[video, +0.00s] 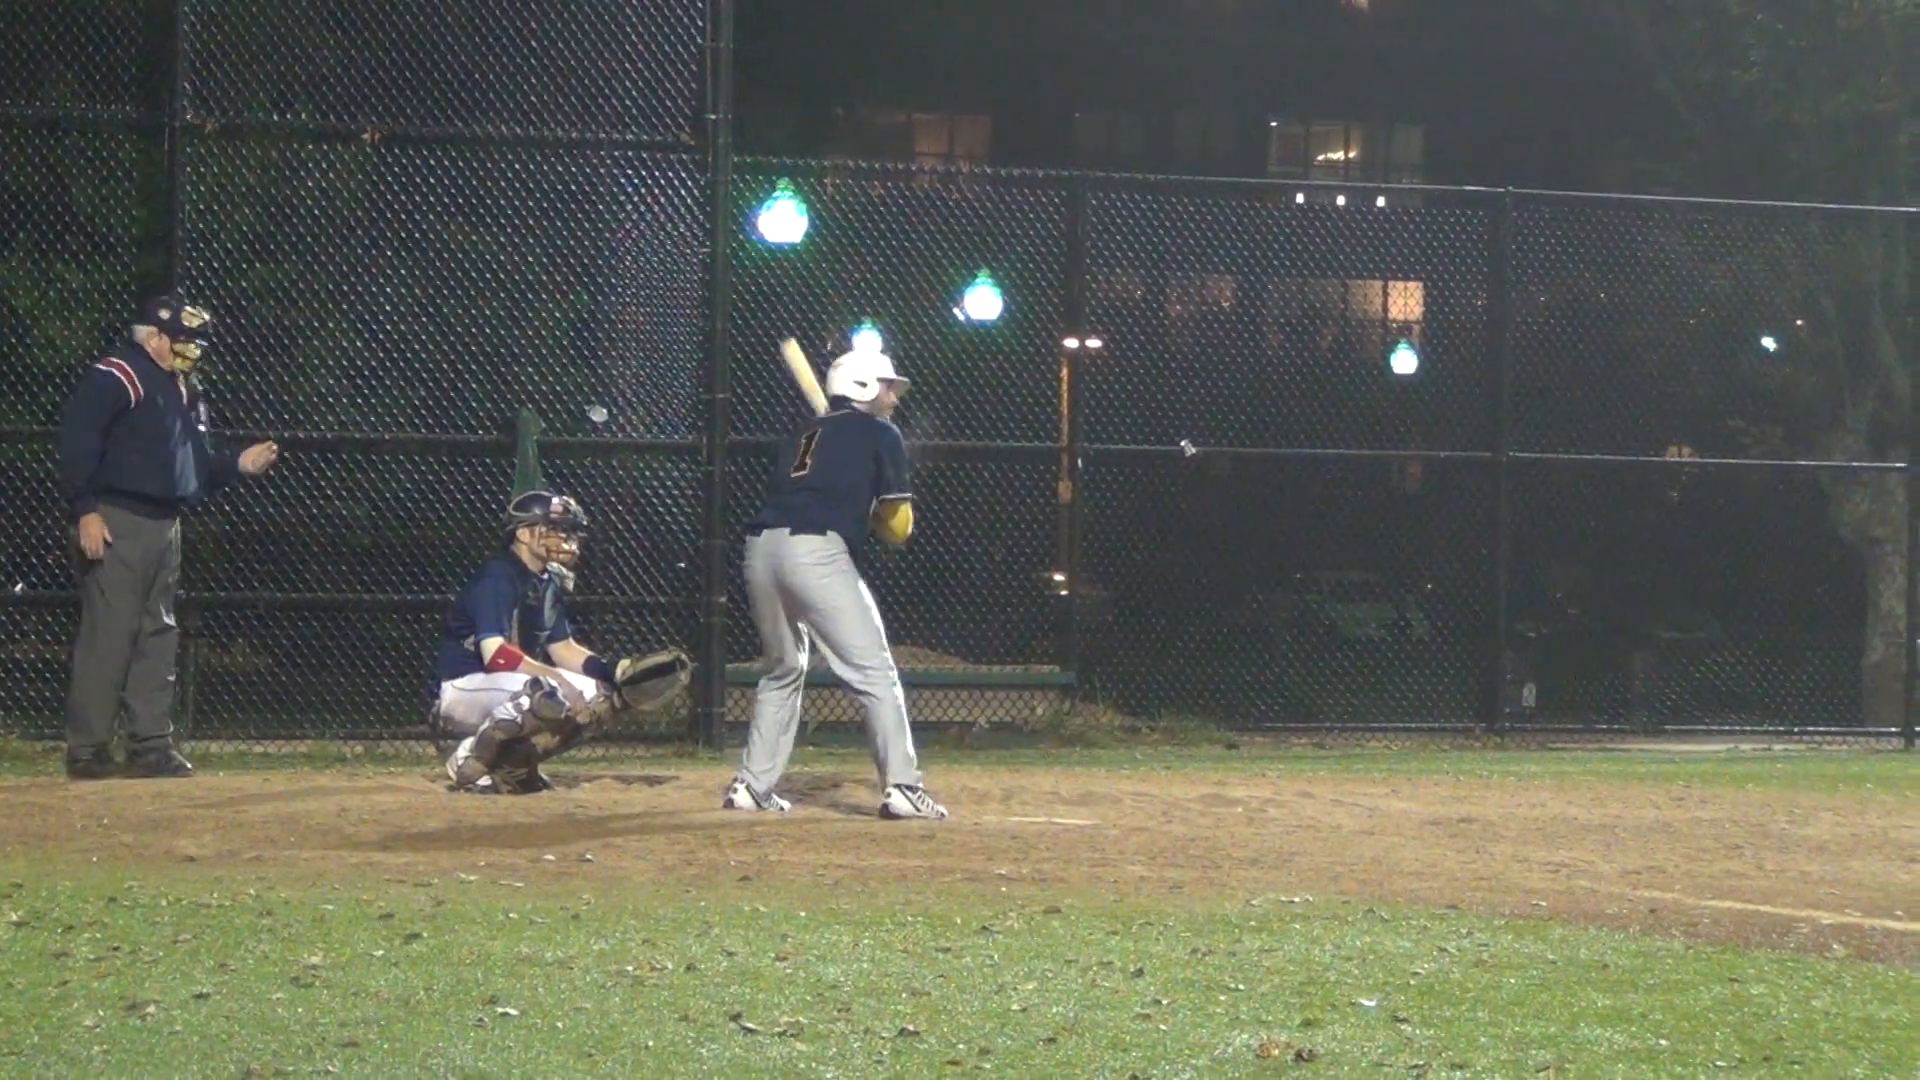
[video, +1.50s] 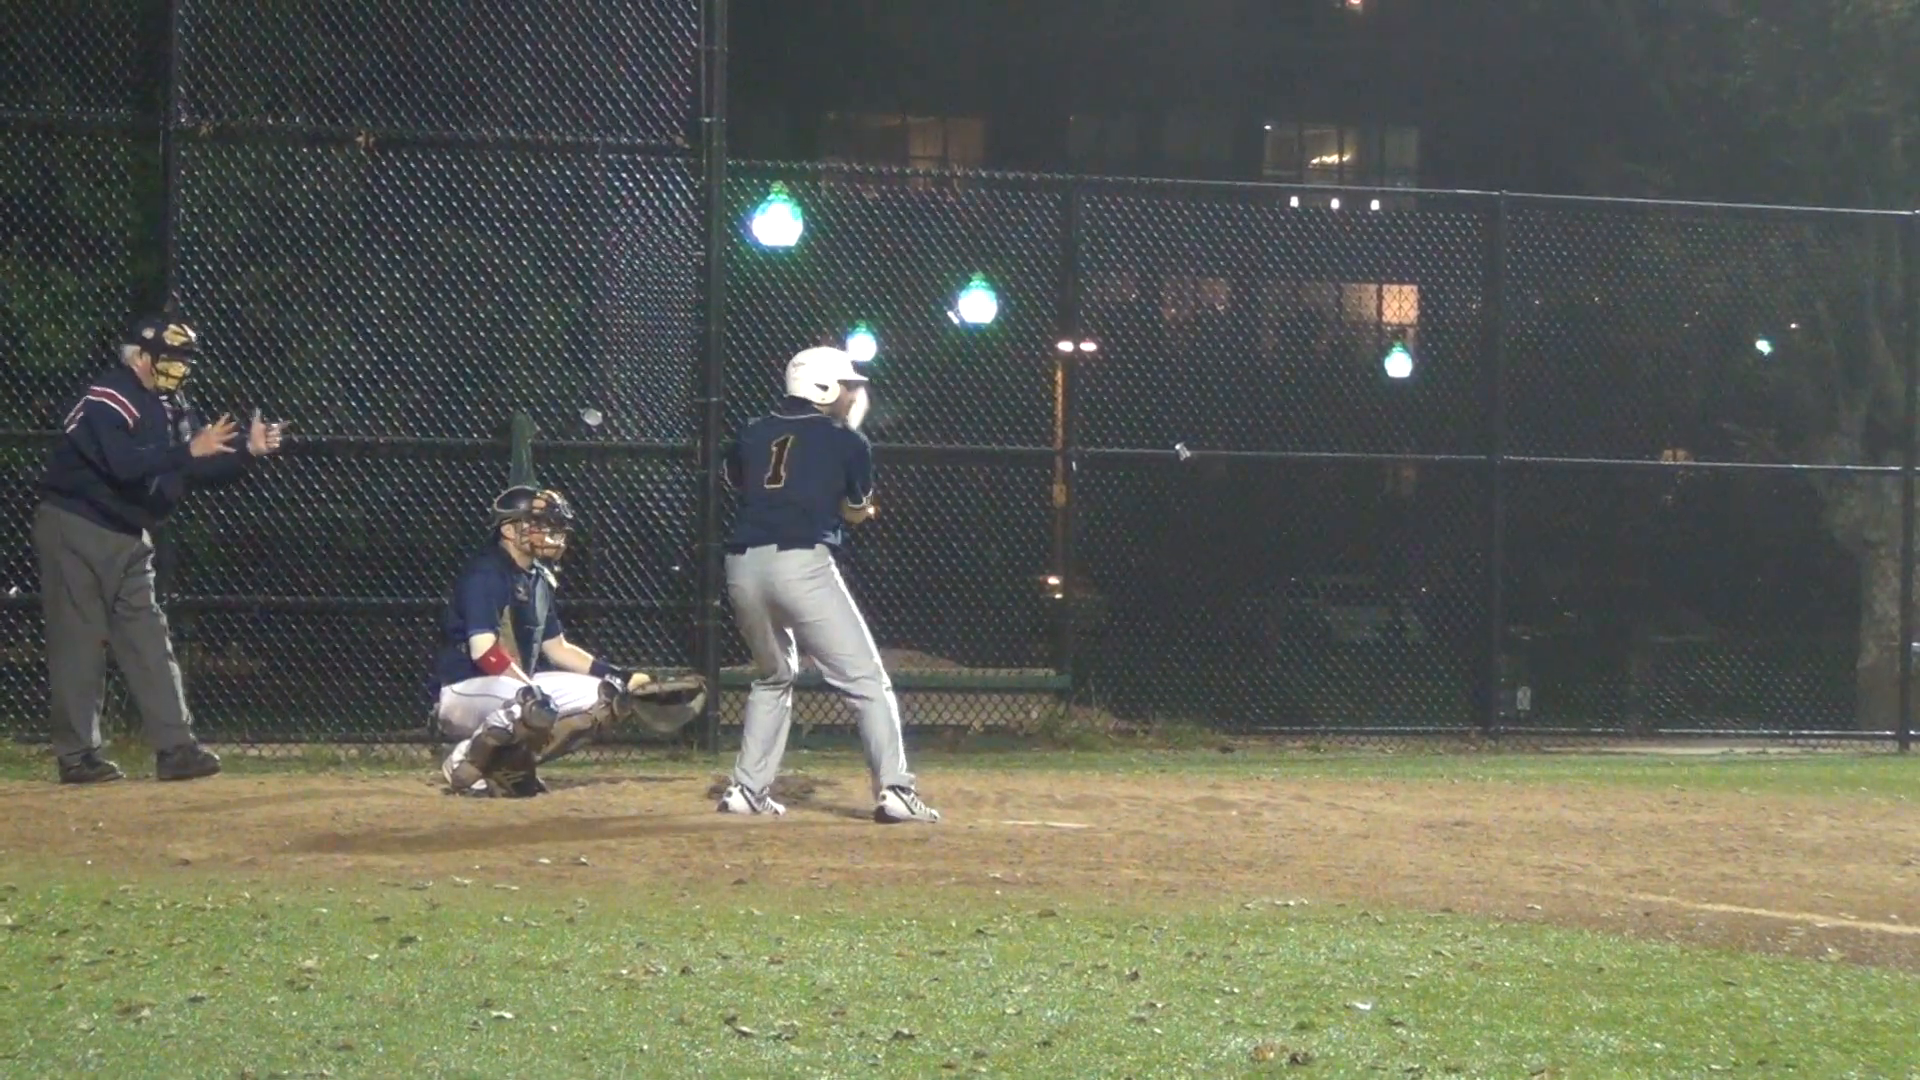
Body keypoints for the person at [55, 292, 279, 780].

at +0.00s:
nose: (190, 347)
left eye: (193, 339)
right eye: (182, 337)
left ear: (187, 340)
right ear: (154, 334)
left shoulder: (187, 392)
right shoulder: (117, 373)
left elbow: (195, 469)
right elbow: (77, 438)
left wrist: (238, 464)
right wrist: (85, 510)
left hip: (166, 525)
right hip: (119, 521)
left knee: (155, 634)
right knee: (108, 632)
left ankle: (150, 746)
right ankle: (87, 749)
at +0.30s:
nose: (158, 352)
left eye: (163, 344)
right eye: (150, 343)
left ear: (165, 346)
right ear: (122, 341)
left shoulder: (157, 394)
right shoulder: (87, 386)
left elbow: (154, 468)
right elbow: (51, 457)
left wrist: (157, 524)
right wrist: (73, 521)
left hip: (143, 534)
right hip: (89, 531)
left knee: (175, 614)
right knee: (82, 639)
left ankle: (157, 735)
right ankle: (78, 753)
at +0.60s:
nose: (151, 354)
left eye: (157, 346)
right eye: (144, 344)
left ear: (160, 347)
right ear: (116, 342)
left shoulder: (149, 392)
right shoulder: (83, 386)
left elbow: (149, 464)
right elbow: (43, 455)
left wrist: (141, 519)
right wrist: (27, 526)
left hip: (133, 534)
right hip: (82, 531)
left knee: (142, 638)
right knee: (79, 638)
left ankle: (164, 750)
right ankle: (76, 756)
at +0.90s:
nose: (149, 355)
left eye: (155, 347)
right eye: (140, 345)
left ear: (158, 349)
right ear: (114, 342)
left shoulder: (145, 395)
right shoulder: (79, 387)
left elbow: (147, 463)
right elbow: (41, 458)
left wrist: (144, 522)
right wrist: (48, 527)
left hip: (132, 534)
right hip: (82, 531)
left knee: (142, 641)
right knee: (79, 641)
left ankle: (163, 751)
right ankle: (76, 757)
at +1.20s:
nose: (150, 359)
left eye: (155, 350)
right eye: (142, 348)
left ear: (155, 351)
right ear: (114, 345)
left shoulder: (144, 395)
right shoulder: (83, 390)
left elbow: (139, 469)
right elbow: (45, 466)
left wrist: (163, 505)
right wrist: (104, 498)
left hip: (127, 533)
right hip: (72, 530)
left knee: (152, 628)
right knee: (78, 637)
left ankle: (166, 749)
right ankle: (76, 756)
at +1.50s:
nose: (175, 368)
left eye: (181, 360)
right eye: (167, 357)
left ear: (184, 362)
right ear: (139, 355)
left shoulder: (171, 410)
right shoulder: (108, 394)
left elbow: (195, 469)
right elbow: (122, 462)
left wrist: (246, 450)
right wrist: (187, 452)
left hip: (128, 537)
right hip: (74, 529)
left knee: (147, 638)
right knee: (78, 639)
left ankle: (176, 748)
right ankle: (79, 756)